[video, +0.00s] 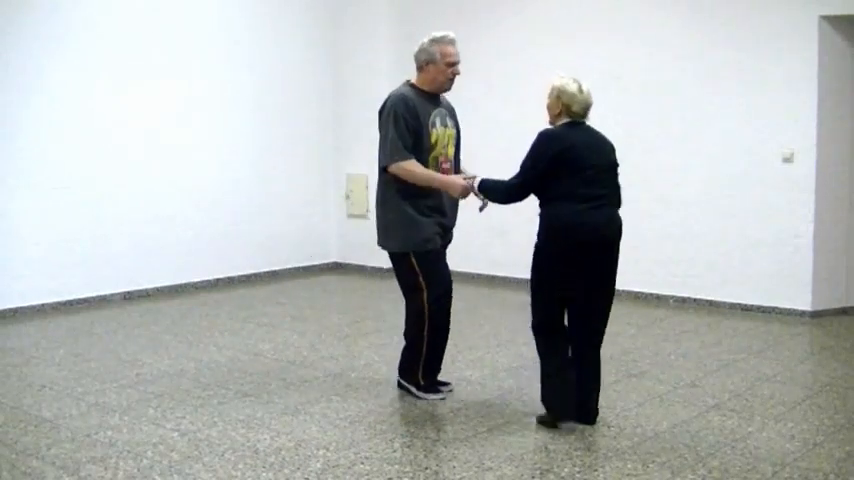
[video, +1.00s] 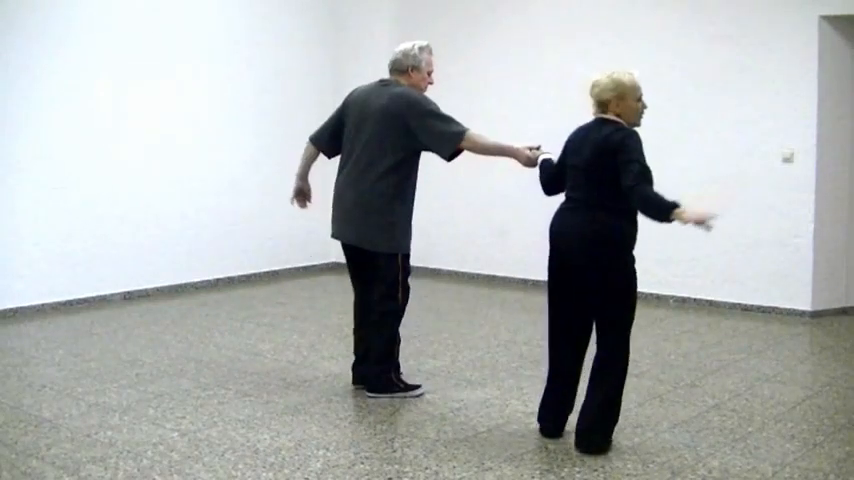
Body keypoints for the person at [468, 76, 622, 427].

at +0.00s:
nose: (546, 106)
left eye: (549, 101)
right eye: (547, 100)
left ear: (557, 106)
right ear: (584, 107)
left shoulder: (550, 140)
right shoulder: (603, 144)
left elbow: (515, 190)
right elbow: (614, 199)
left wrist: (476, 184)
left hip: (558, 245)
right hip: (601, 247)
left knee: (547, 321)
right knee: (588, 326)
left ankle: (557, 406)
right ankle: (585, 409)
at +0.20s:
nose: (550, 104)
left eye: (552, 99)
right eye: (552, 98)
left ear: (560, 104)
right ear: (587, 105)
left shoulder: (551, 137)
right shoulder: (606, 137)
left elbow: (512, 183)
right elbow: (629, 178)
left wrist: (483, 169)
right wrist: (594, 169)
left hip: (561, 235)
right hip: (607, 236)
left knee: (540, 306)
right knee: (594, 318)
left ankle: (551, 394)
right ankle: (584, 408)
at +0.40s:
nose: (558, 104)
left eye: (559, 100)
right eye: (562, 99)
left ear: (564, 103)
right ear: (595, 103)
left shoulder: (550, 137)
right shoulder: (612, 136)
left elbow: (506, 181)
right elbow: (641, 169)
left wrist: (471, 165)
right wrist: (612, 147)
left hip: (555, 240)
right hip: (603, 241)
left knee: (546, 319)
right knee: (594, 320)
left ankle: (550, 410)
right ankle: (585, 409)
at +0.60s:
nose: (602, 113)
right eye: (601, 108)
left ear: (561, 109)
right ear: (597, 111)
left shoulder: (544, 142)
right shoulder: (612, 145)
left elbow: (509, 192)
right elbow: (655, 198)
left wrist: (465, 198)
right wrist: (636, 202)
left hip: (550, 247)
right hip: (603, 249)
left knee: (550, 329)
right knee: (595, 325)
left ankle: (553, 420)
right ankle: (586, 408)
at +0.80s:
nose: (622, 105)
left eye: (621, 98)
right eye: (618, 99)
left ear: (582, 100)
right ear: (600, 101)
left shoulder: (555, 134)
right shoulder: (617, 139)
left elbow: (524, 185)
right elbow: (650, 188)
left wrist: (508, 175)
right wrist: (700, 191)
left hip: (550, 246)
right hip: (600, 248)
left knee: (554, 331)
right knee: (609, 330)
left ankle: (551, 424)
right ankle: (601, 420)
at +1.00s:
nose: (643, 106)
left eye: (642, 99)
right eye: (638, 99)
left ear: (608, 104)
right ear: (616, 103)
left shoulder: (578, 137)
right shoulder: (626, 138)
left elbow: (551, 183)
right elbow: (637, 190)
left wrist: (540, 161)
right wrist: (678, 213)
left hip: (566, 250)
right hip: (609, 253)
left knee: (567, 335)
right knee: (613, 345)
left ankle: (551, 421)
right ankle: (593, 438)